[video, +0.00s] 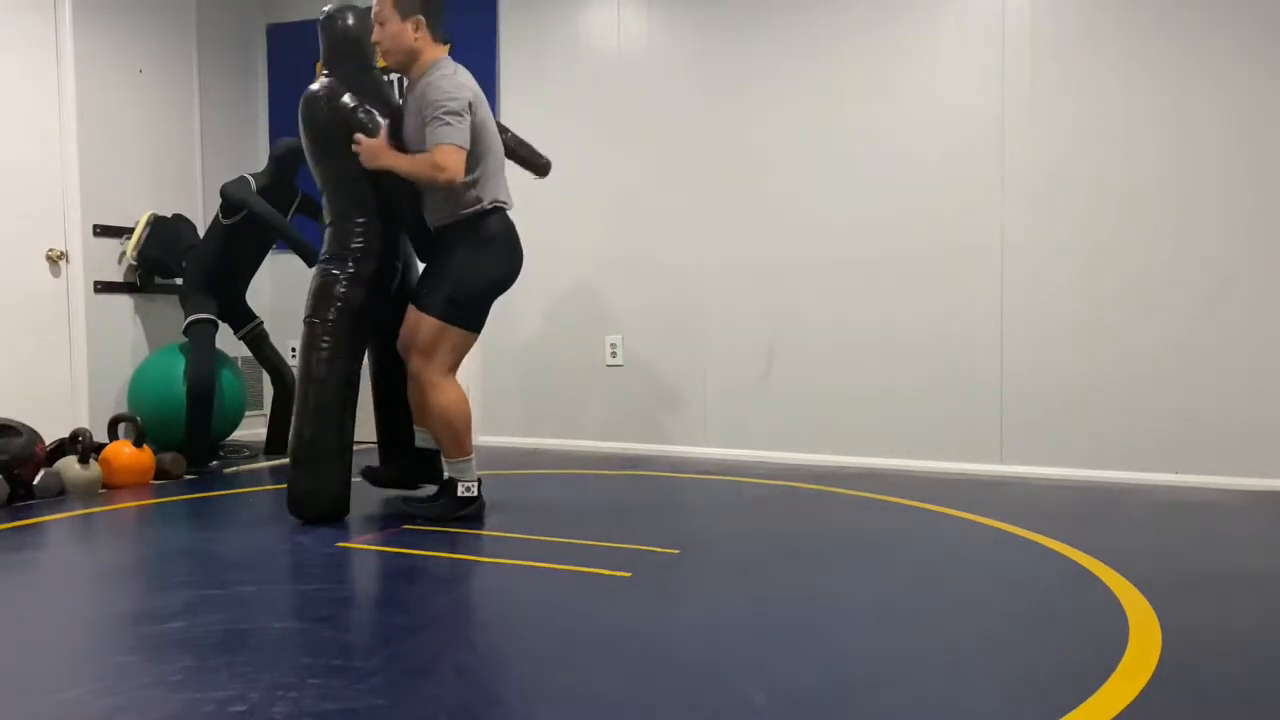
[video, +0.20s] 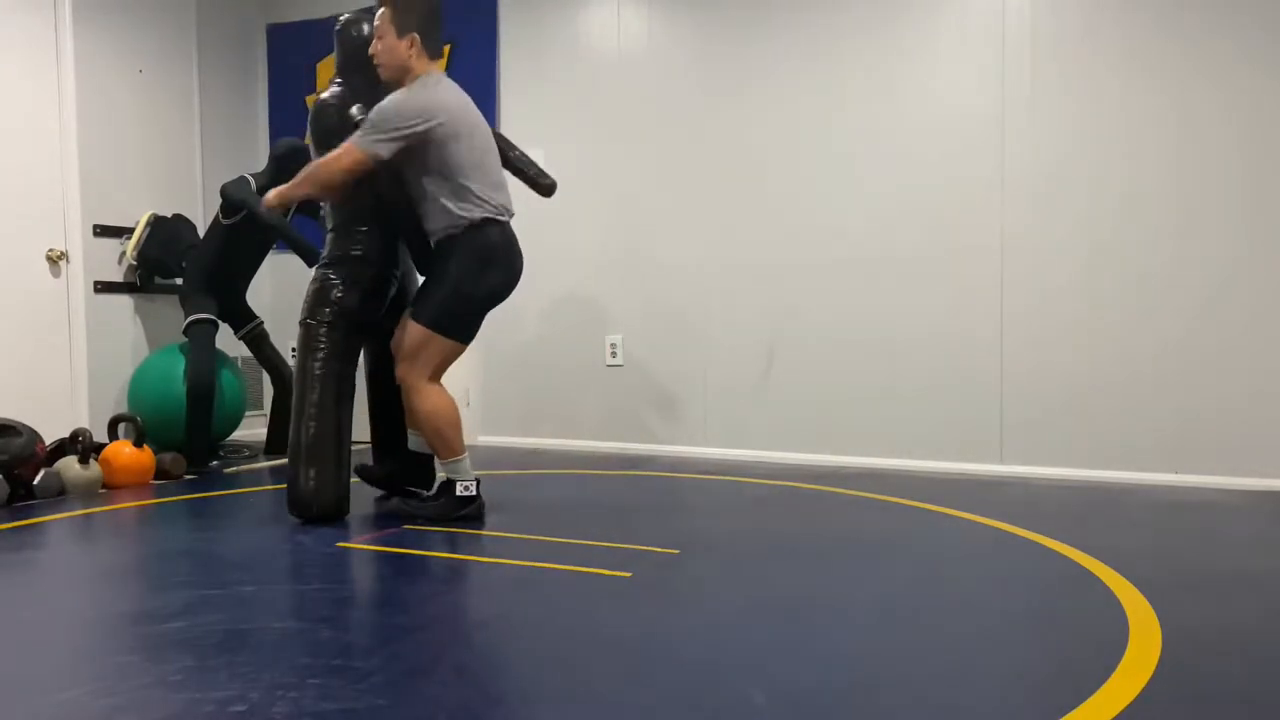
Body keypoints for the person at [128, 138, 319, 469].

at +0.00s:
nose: (293, 175)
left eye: (297, 169)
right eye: (290, 168)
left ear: (296, 169)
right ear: (279, 165)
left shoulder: (293, 199)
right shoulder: (240, 188)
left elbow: (331, 217)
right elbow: (281, 228)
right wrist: (317, 259)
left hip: (234, 296)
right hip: (202, 288)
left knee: (285, 380)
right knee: (201, 381)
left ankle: (275, 463)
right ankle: (197, 464)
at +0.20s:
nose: (303, 184)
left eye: (304, 177)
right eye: (299, 176)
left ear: (296, 179)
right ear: (283, 171)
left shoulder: (290, 202)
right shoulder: (242, 188)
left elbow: (326, 216)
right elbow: (274, 221)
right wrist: (316, 258)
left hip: (234, 296)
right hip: (201, 288)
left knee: (284, 378)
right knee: (201, 381)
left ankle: (276, 461)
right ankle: (197, 464)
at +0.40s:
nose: (302, 183)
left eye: (304, 176)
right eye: (299, 174)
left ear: (296, 175)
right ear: (283, 169)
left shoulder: (285, 205)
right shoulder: (241, 188)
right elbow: (281, 227)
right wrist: (313, 257)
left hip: (234, 296)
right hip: (202, 288)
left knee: (284, 377)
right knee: (201, 381)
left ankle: (276, 461)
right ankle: (197, 464)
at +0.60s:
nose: (305, 179)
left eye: (307, 172)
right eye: (301, 170)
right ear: (285, 167)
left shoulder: (288, 204)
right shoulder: (244, 188)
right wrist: (310, 252)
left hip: (233, 296)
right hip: (201, 287)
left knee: (283, 374)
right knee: (201, 379)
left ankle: (276, 457)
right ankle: (197, 462)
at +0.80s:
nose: (299, 185)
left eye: (302, 179)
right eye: (298, 176)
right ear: (284, 170)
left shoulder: (287, 202)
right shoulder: (239, 188)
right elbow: (276, 222)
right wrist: (310, 252)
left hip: (233, 295)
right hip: (201, 289)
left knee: (283, 373)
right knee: (202, 377)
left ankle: (277, 456)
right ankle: (197, 458)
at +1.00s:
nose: (299, 184)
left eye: (302, 177)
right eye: (297, 175)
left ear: (295, 176)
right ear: (283, 169)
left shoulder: (286, 203)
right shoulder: (238, 189)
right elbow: (275, 221)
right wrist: (309, 253)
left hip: (233, 295)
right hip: (201, 289)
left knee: (283, 373)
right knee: (202, 375)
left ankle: (277, 454)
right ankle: (198, 457)